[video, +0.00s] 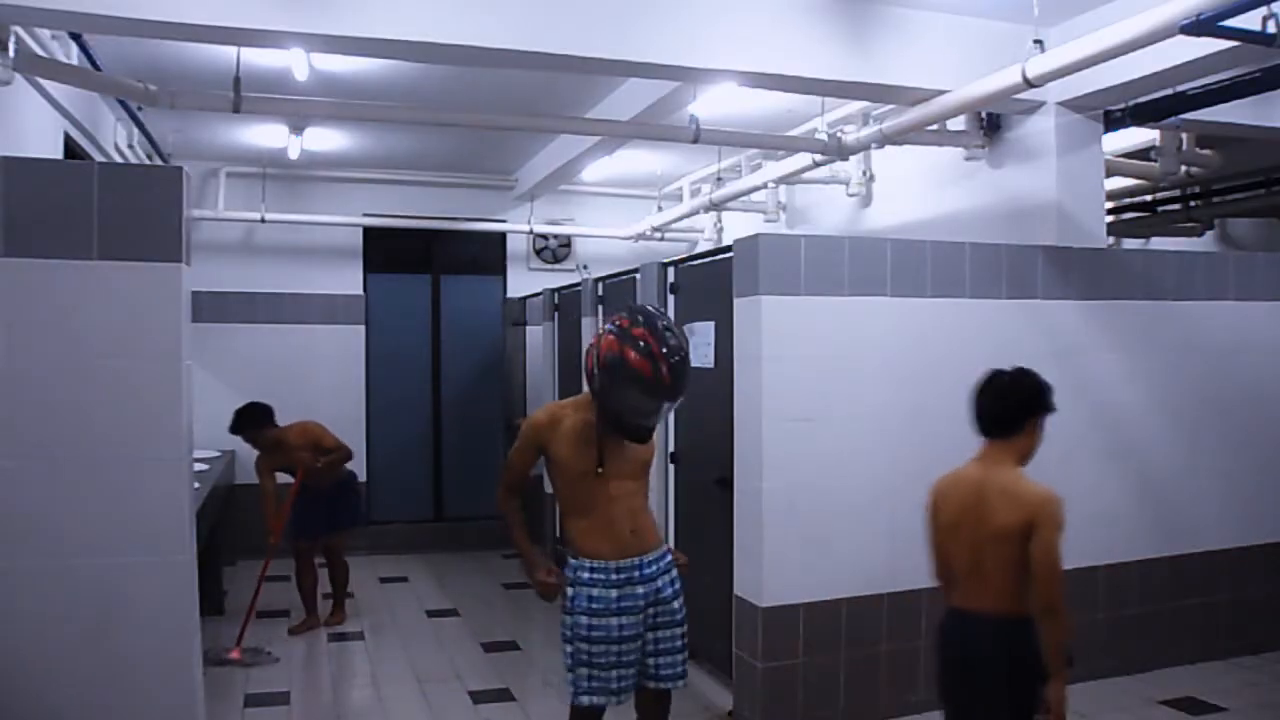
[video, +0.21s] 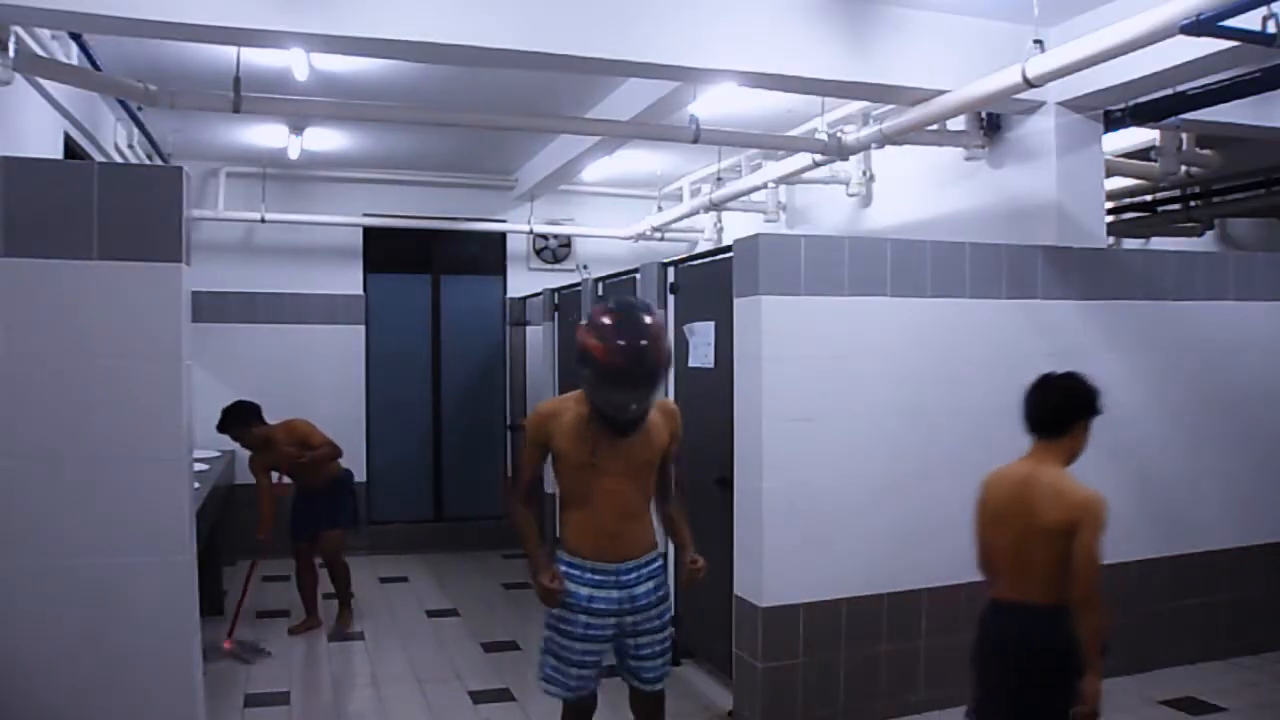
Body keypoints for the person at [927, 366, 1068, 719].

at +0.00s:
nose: (1041, 434)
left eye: (1041, 424)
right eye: (1041, 424)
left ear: (984, 420)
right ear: (1032, 426)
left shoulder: (944, 490)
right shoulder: (1038, 502)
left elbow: (943, 573)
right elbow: (1046, 603)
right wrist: (1056, 677)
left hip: (958, 637)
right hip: (1014, 643)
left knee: (961, 711)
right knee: (1014, 712)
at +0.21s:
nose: (1087, 437)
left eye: (1088, 427)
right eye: (1087, 427)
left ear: (1033, 421)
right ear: (1080, 429)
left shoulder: (993, 485)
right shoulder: (1082, 502)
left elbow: (986, 563)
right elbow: (1084, 594)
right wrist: (1092, 671)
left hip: (999, 628)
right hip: (1054, 634)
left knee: (992, 709)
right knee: (1051, 710)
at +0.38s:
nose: (1118, 425)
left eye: (1119, 415)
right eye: (1119, 415)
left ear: (1064, 411)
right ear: (1112, 417)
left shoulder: (1025, 473)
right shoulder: (1115, 489)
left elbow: (1014, 552)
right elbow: (1122, 576)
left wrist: (1026, 606)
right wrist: (1135, 648)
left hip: (1038, 613)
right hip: (1094, 617)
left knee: (1038, 709)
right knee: (1090, 709)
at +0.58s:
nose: (1142, 421)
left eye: (1141, 412)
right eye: (1142, 412)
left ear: (1089, 409)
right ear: (1135, 414)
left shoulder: (1055, 469)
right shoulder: (1144, 477)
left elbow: (1038, 543)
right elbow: (1162, 554)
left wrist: (1032, 600)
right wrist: (1175, 608)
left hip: (1068, 596)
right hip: (1122, 599)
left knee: (1082, 696)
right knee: (1104, 704)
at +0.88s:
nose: (1170, 414)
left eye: (1170, 405)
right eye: (1169, 405)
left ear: (1121, 407)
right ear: (1159, 408)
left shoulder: (1093, 465)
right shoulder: (1176, 469)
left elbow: (1085, 538)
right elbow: (1191, 547)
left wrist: (1081, 591)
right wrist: (1204, 597)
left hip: (1109, 583)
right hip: (1159, 586)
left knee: (1123, 681)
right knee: (1159, 691)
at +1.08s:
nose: (1197, 409)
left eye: (1197, 400)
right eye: (1196, 400)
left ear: (1148, 400)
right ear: (1184, 403)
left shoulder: (1117, 454)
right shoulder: (1196, 461)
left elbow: (1112, 518)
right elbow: (1205, 536)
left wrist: (1123, 558)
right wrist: (1213, 594)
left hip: (1132, 574)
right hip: (1180, 575)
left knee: (1133, 669)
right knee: (1194, 667)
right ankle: (1182, 712)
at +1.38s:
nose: (1241, 405)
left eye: (1241, 396)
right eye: (1240, 397)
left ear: (1194, 395)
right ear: (1229, 398)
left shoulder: (1162, 445)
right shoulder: (1239, 458)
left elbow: (1150, 510)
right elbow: (1246, 529)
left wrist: (1159, 554)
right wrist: (1255, 583)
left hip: (1171, 561)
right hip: (1218, 565)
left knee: (1164, 649)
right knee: (1220, 656)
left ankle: (1144, 713)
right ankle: (1211, 714)